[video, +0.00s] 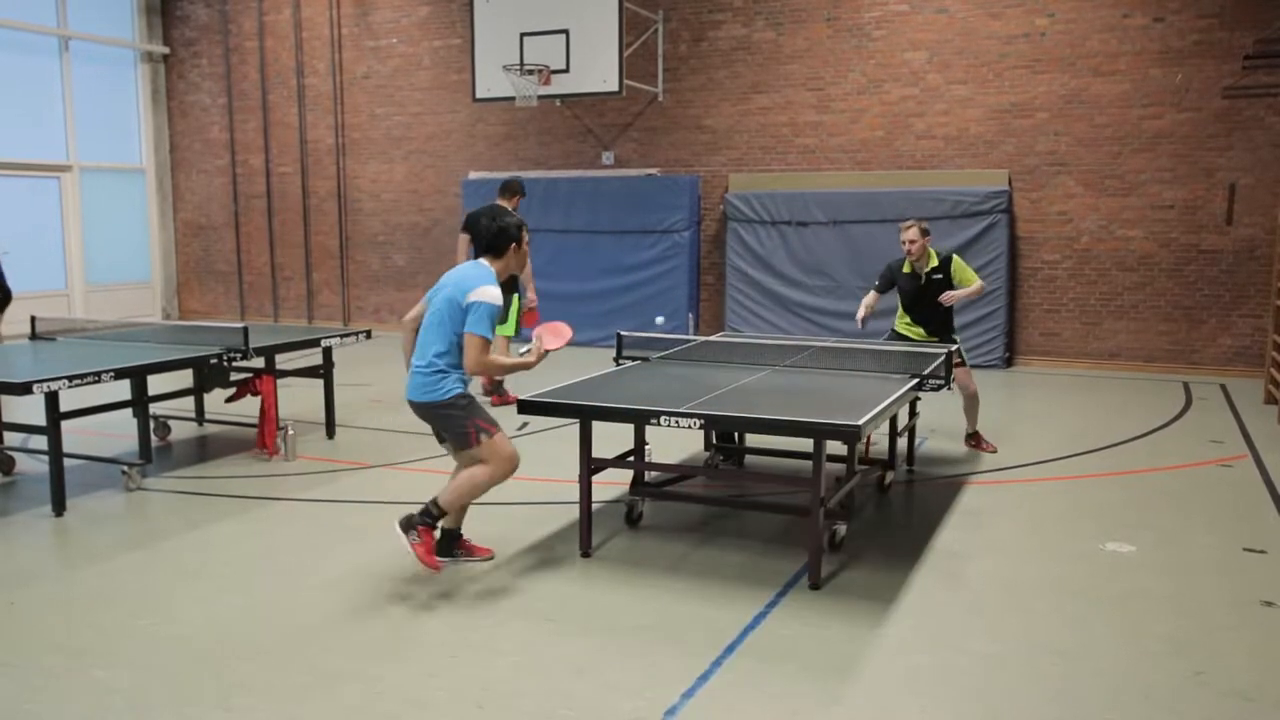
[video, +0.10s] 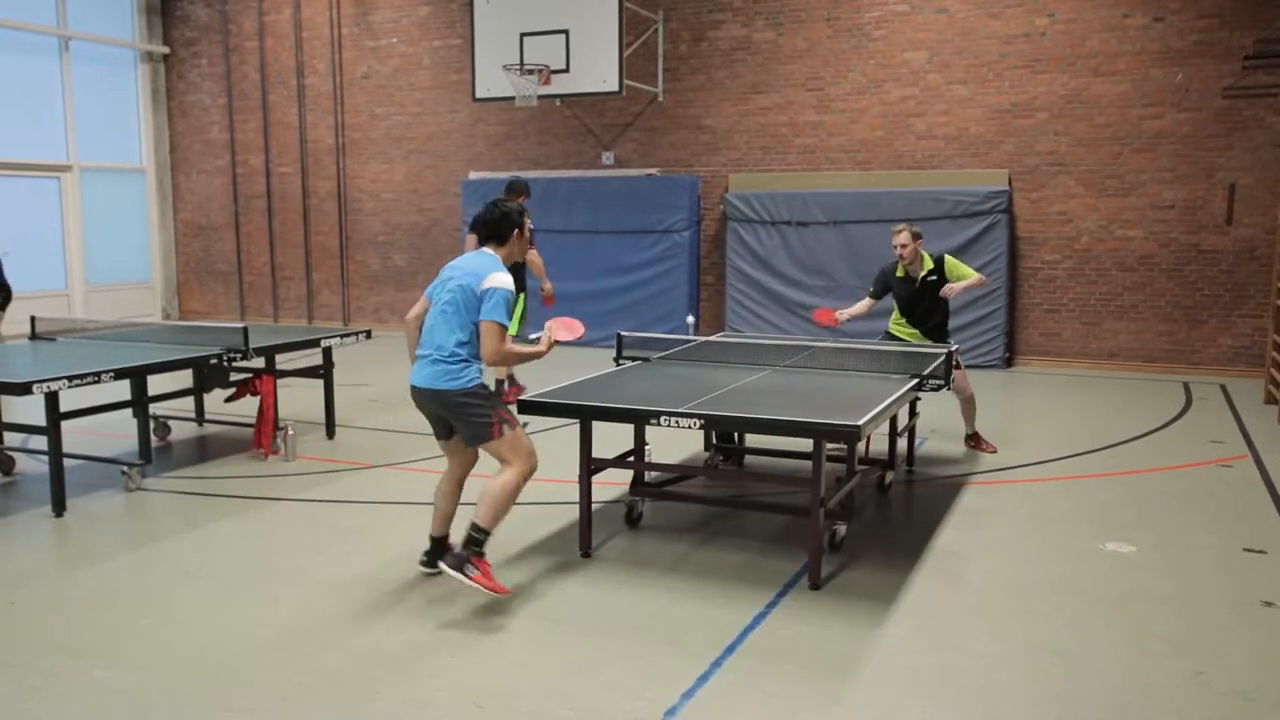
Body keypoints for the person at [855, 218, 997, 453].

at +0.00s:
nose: (907, 248)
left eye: (912, 242)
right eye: (903, 243)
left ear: (927, 240)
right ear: (901, 244)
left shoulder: (948, 262)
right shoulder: (896, 268)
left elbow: (978, 285)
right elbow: (874, 294)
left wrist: (959, 294)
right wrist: (864, 307)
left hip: (942, 338)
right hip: (904, 335)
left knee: (970, 390)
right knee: (873, 377)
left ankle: (972, 434)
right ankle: (864, 432)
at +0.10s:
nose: (899, 252)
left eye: (903, 246)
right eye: (895, 247)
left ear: (918, 244)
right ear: (893, 248)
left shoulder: (941, 263)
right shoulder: (889, 273)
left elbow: (980, 280)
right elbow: (868, 303)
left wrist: (961, 285)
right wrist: (847, 313)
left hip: (936, 340)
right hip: (899, 337)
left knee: (966, 392)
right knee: (869, 380)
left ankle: (971, 434)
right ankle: (860, 432)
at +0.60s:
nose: (814, 271)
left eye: (819, 265)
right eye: (811, 267)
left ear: (833, 264)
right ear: (809, 269)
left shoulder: (852, 274)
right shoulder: (810, 296)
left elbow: (875, 280)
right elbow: (793, 319)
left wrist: (896, 294)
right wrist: (771, 324)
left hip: (874, 349)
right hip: (838, 354)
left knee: (912, 387)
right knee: (817, 390)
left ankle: (937, 434)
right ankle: (809, 439)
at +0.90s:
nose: (853, 254)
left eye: (859, 248)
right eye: (849, 249)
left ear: (871, 249)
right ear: (845, 252)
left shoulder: (890, 269)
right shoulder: (839, 281)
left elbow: (919, 289)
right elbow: (829, 314)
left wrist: (916, 305)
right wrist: (817, 324)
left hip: (894, 350)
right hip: (856, 352)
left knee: (927, 386)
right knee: (826, 388)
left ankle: (937, 433)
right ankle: (810, 439)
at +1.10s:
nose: (868, 237)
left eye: (873, 231)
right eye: (864, 232)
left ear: (886, 231)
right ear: (860, 234)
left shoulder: (908, 250)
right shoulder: (858, 262)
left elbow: (935, 276)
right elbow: (851, 292)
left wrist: (919, 298)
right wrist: (841, 308)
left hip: (909, 325)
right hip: (873, 324)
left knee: (931, 375)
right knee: (848, 366)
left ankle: (940, 429)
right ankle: (858, 428)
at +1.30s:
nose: (870, 256)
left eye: (875, 250)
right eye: (866, 251)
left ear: (887, 249)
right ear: (862, 253)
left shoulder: (906, 265)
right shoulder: (859, 276)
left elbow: (936, 288)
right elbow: (843, 307)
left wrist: (911, 307)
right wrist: (846, 327)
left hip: (912, 337)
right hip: (875, 335)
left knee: (940, 379)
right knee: (853, 377)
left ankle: (961, 429)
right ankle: (861, 432)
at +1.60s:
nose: (830, 270)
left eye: (833, 265)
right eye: (826, 267)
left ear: (847, 263)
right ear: (826, 269)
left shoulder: (860, 277)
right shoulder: (837, 288)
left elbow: (849, 303)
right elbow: (829, 321)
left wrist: (818, 313)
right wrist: (803, 341)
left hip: (902, 336)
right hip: (872, 336)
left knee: (930, 387)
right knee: (850, 380)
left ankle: (962, 429)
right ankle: (850, 431)